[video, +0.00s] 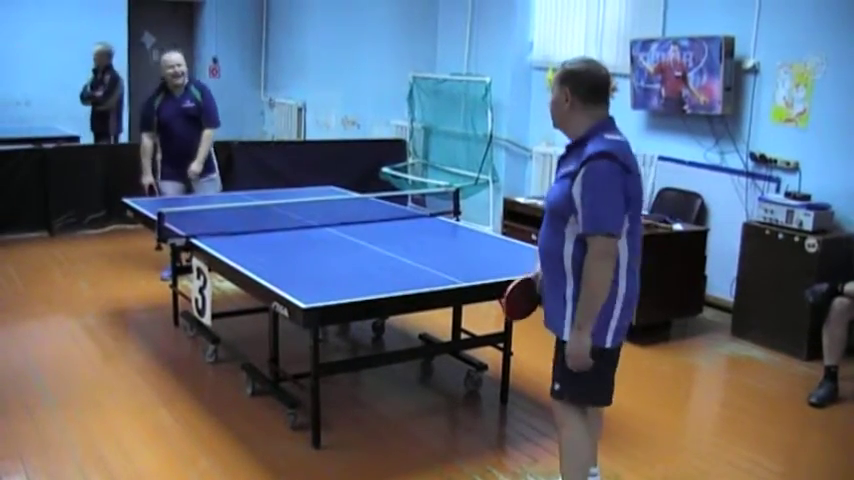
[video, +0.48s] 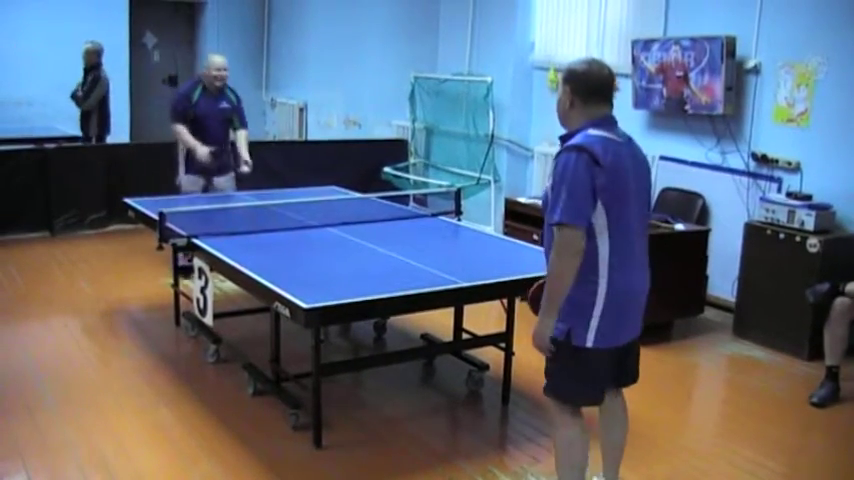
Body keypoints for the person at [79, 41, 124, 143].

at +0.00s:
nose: (96, 59)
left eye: (100, 56)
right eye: (96, 56)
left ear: (108, 58)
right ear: (94, 57)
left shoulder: (114, 78)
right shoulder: (95, 76)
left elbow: (108, 102)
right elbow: (83, 96)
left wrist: (90, 97)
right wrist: (97, 96)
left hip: (110, 127)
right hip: (97, 126)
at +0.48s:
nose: (85, 58)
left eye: (89, 54)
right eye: (85, 54)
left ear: (97, 56)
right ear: (84, 55)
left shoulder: (99, 77)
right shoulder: (87, 75)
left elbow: (88, 103)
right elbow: (76, 92)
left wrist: (77, 95)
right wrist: (81, 97)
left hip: (97, 128)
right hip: (87, 127)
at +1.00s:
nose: (82, 57)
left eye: (86, 54)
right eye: (82, 53)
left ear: (94, 56)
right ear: (80, 55)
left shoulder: (94, 77)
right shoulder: (85, 75)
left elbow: (79, 103)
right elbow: (74, 90)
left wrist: (72, 93)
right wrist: (75, 95)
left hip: (90, 130)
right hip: (83, 128)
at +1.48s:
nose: (82, 58)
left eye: (85, 54)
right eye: (82, 54)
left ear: (94, 56)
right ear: (81, 55)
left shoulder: (94, 77)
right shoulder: (85, 75)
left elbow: (80, 103)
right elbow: (75, 89)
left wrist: (71, 94)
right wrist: (73, 94)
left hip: (91, 129)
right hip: (83, 128)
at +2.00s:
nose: (83, 57)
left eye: (87, 54)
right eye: (83, 54)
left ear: (95, 56)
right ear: (82, 55)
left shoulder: (95, 77)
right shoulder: (86, 74)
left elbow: (80, 103)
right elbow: (77, 88)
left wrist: (72, 93)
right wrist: (75, 94)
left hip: (92, 129)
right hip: (84, 127)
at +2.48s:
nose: (84, 57)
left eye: (88, 54)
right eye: (84, 54)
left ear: (97, 57)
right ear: (83, 55)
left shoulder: (96, 77)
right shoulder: (88, 74)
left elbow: (81, 103)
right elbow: (77, 89)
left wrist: (74, 92)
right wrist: (76, 94)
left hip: (92, 129)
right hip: (85, 128)